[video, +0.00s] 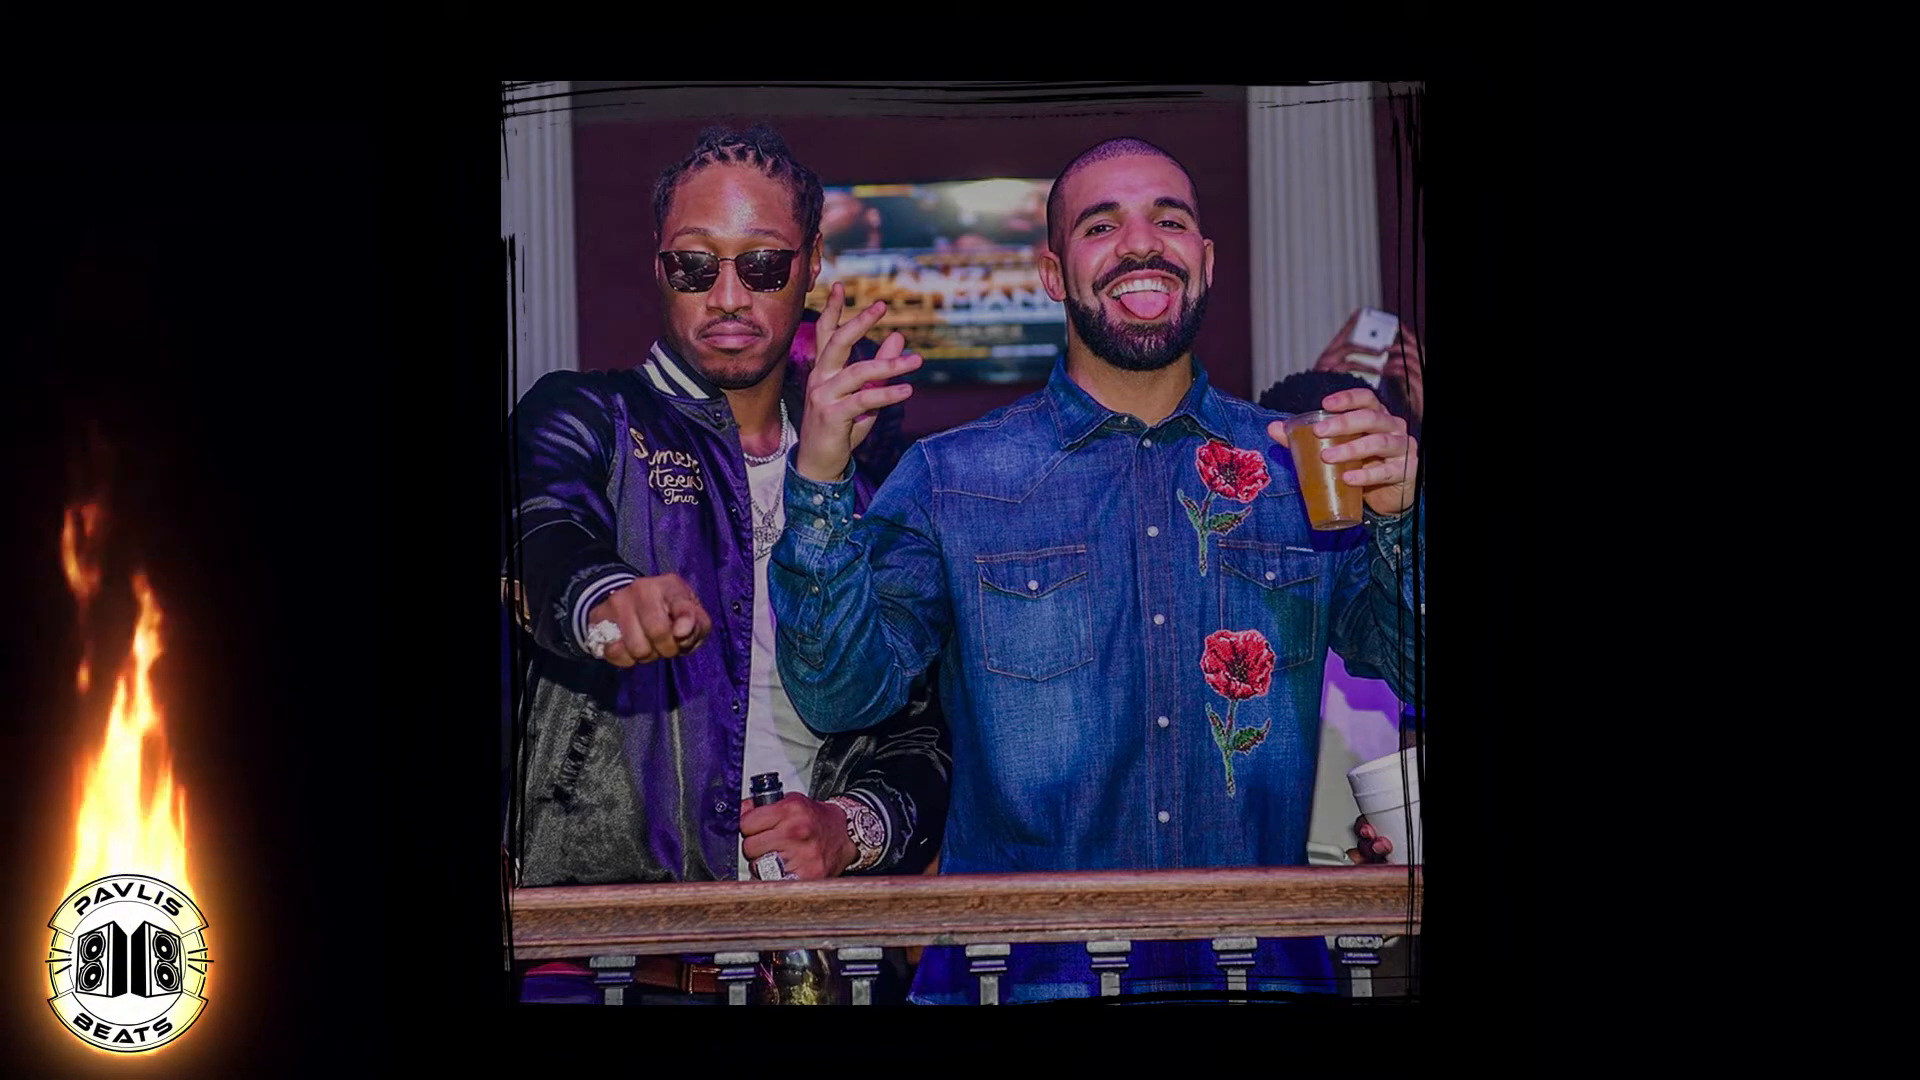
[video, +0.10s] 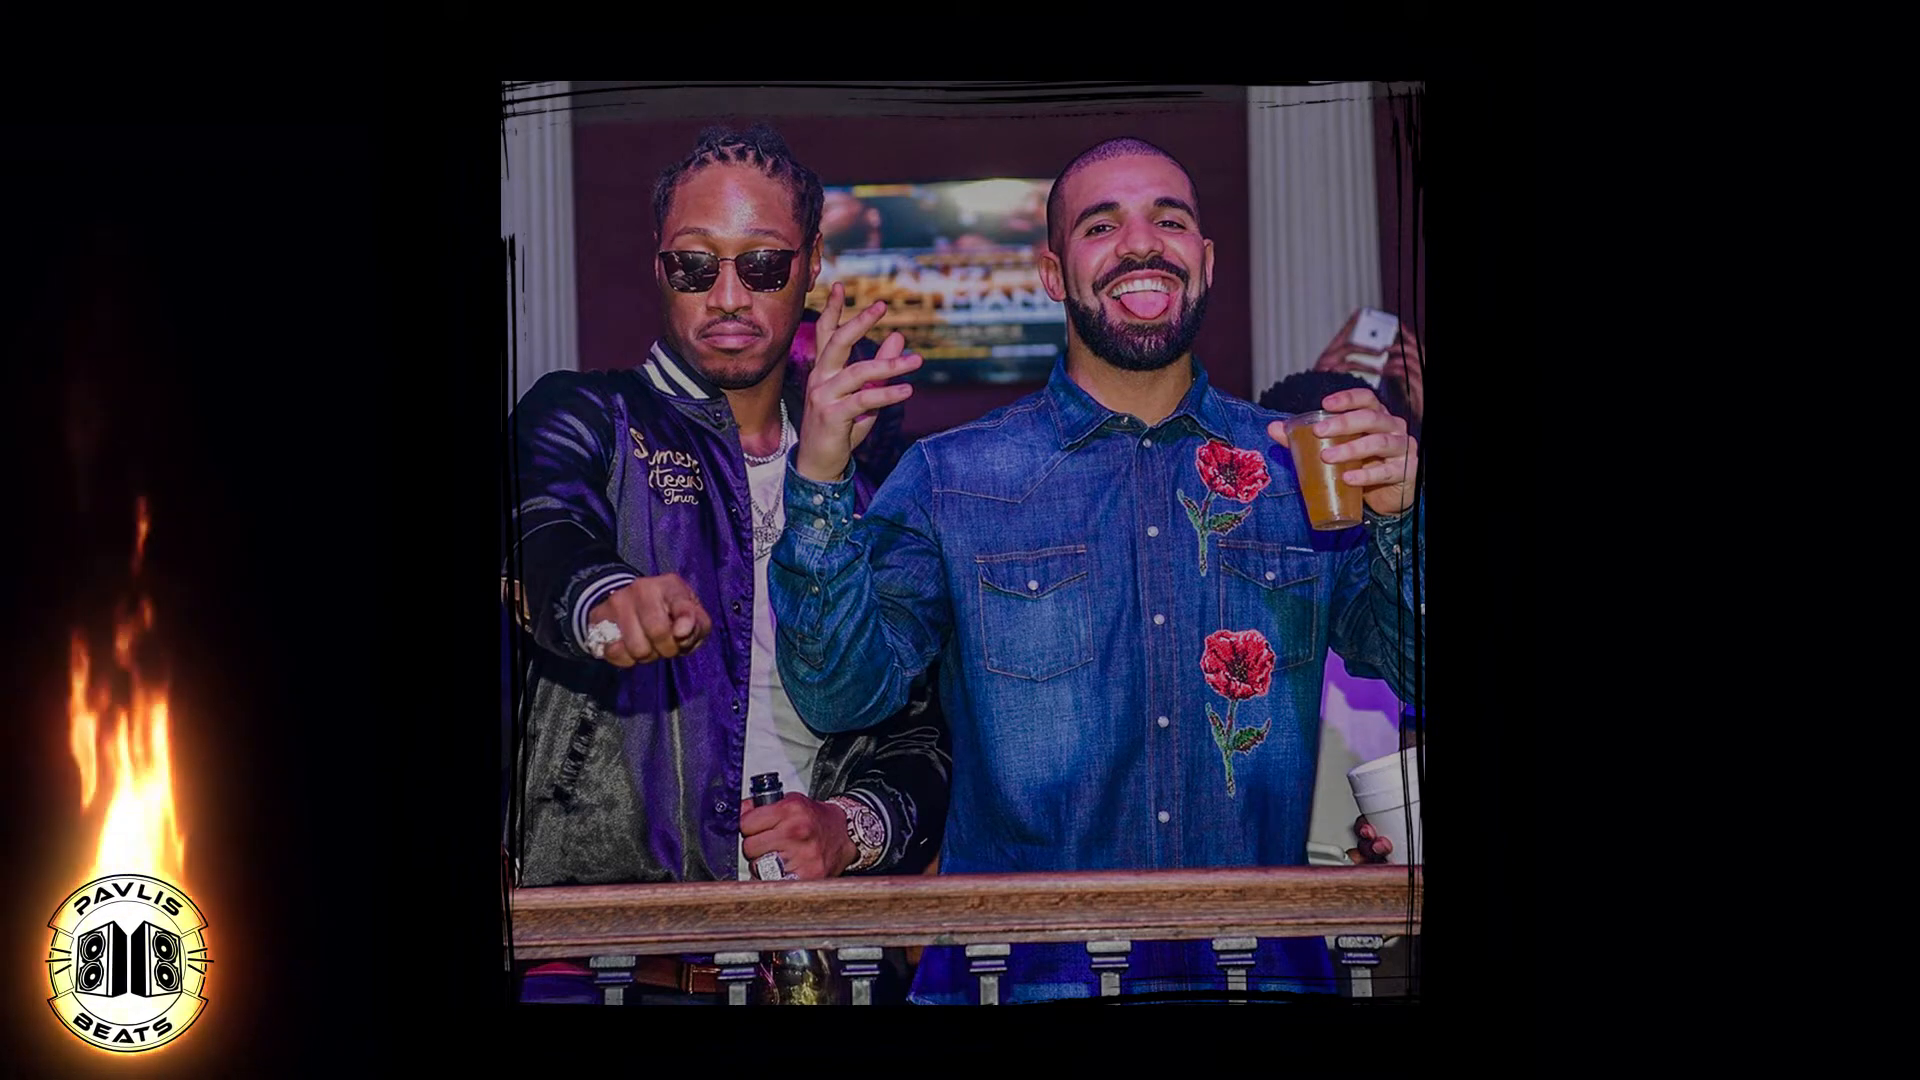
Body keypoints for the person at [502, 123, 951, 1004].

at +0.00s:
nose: (729, 296)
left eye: (764, 266)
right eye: (694, 266)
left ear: (811, 274)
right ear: (658, 273)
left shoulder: (879, 459)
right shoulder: (581, 412)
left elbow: (926, 724)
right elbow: (540, 525)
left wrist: (858, 825)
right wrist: (603, 595)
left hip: (827, 942)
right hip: (606, 942)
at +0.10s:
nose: (729, 296)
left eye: (764, 266)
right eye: (694, 266)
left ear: (811, 274)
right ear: (658, 273)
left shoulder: (879, 459)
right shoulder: (581, 412)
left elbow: (926, 724)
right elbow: (540, 525)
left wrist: (858, 825)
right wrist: (603, 595)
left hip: (827, 942)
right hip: (606, 942)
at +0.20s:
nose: (729, 296)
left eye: (764, 266)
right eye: (694, 266)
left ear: (811, 274)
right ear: (658, 273)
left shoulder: (879, 459)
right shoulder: (581, 412)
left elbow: (926, 724)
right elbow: (540, 525)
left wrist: (857, 825)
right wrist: (603, 595)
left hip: (827, 942)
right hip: (606, 942)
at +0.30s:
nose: (729, 295)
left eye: (764, 266)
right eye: (694, 266)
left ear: (811, 274)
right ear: (658, 273)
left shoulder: (878, 459)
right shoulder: (580, 412)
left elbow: (926, 725)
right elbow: (540, 526)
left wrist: (856, 825)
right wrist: (603, 596)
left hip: (826, 942)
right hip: (605, 942)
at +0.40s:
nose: (729, 296)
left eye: (763, 266)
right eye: (694, 266)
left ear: (811, 274)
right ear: (658, 272)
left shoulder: (878, 460)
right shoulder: (581, 411)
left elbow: (926, 726)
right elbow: (540, 525)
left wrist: (857, 826)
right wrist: (602, 595)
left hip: (827, 944)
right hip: (605, 943)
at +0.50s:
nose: (729, 296)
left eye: (763, 266)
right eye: (694, 266)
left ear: (811, 274)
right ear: (658, 272)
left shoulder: (878, 460)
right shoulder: (581, 412)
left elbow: (926, 726)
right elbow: (540, 525)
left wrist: (857, 826)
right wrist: (602, 595)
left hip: (827, 944)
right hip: (605, 943)